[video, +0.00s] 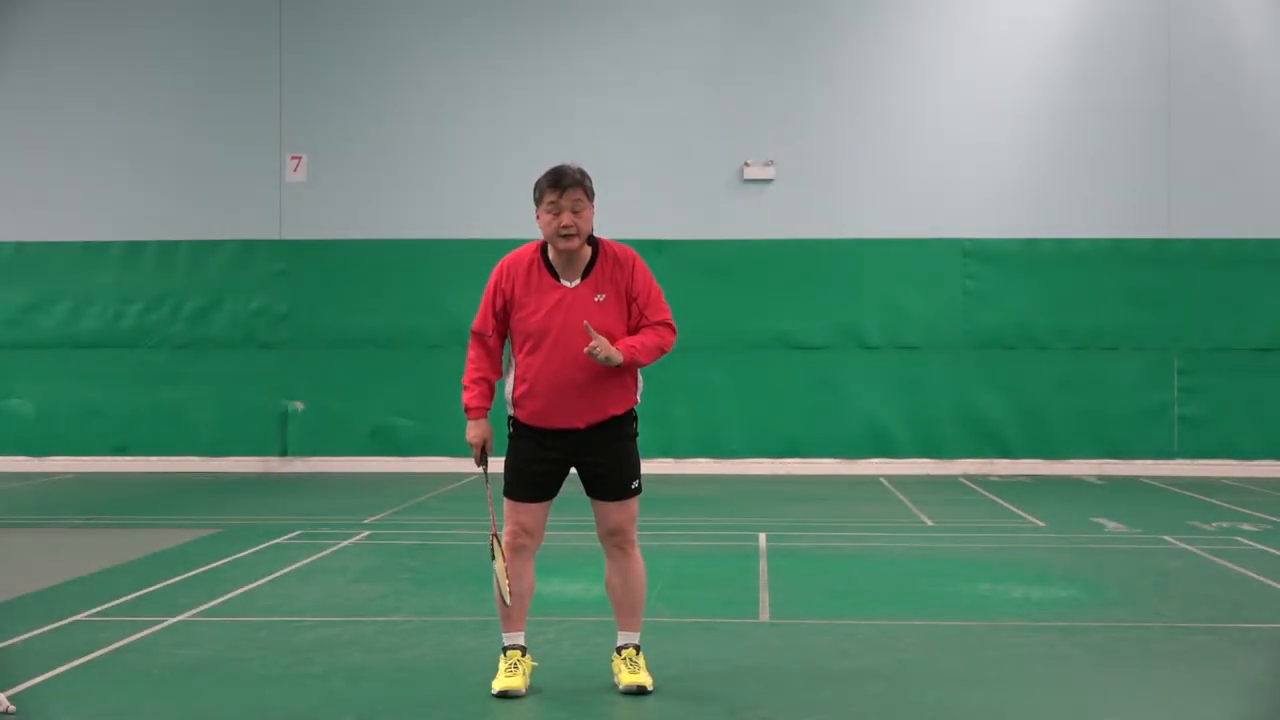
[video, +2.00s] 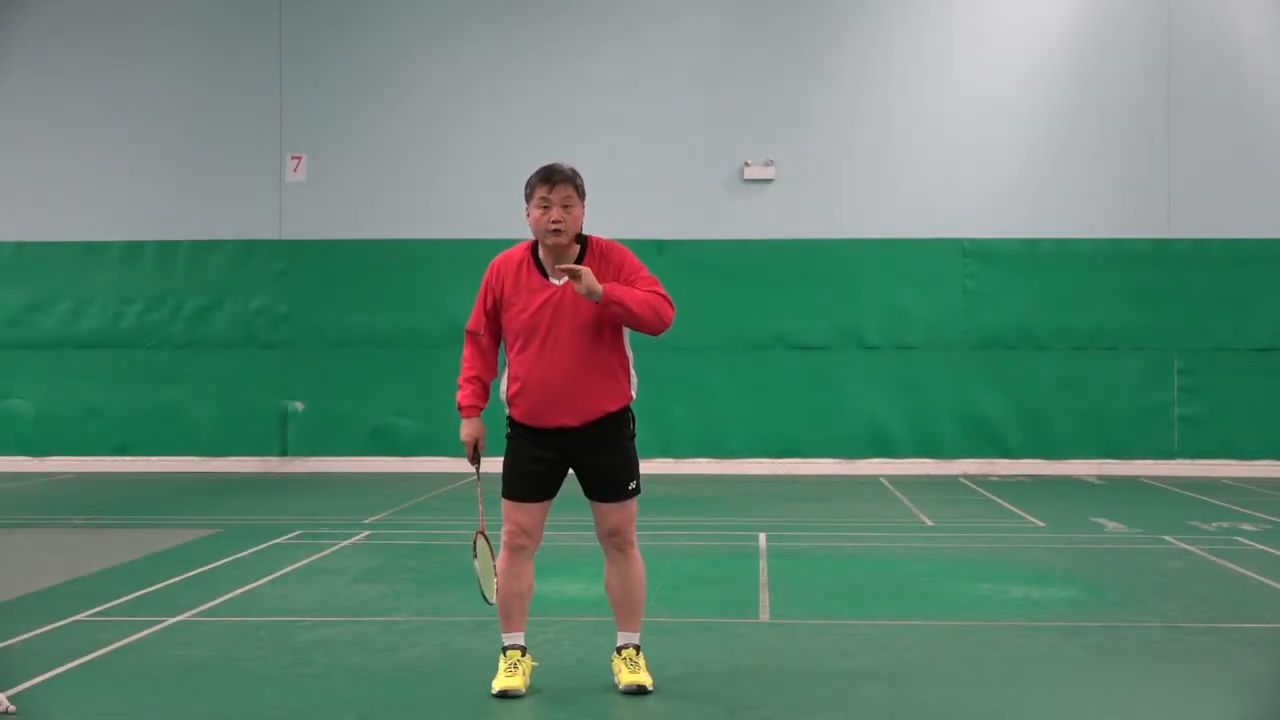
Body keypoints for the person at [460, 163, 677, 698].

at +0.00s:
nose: (565, 220)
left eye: (575, 209)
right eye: (554, 211)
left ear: (592, 212)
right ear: (538, 217)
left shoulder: (623, 265)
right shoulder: (512, 272)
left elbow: (663, 330)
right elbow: (485, 342)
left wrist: (624, 350)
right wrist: (477, 414)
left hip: (609, 427)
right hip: (535, 429)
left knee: (621, 537)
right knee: (519, 538)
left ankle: (629, 649)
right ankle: (514, 651)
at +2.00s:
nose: (555, 215)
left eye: (566, 205)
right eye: (544, 206)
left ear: (582, 211)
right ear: (528, 213)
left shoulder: (610, 258)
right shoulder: (505, 269)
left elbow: (660, 314)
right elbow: (480, 340)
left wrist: (602, 293)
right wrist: (471, 412)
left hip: (605, 425)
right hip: (532, 428)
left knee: (619, 536)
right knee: (518, 537)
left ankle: (630, 650)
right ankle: (513, 652)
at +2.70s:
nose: (590, 188)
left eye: (601, 180)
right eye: (579, 181)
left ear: (619, 195)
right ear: (564, 197)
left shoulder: (652, 258)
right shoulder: (539, 261)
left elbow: (686, 319)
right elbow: (507, 331)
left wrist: (663, 336)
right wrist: (488, 404)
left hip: (632, 420)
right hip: (558, 420)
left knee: (633, 538)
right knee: (528, 537)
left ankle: (631, 650)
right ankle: (514, 649)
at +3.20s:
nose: (639, 188)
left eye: (649, 180)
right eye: (628, 181)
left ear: (667, 194)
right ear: (611, 196)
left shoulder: (694, 261)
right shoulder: (582, 257)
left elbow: (714, 335)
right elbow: (549, 329)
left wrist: (706, 345)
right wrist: (535, 400)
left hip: (667, 419)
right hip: (596, 415)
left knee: (650, 543)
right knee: (583, 537)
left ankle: (634, 650)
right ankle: (579, 651)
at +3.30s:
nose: (643, 187)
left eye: (653, 179)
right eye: (632, 180)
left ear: (671, 191)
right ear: (615, 193)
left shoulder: (695, 259)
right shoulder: (584, 257)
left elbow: (719, 339)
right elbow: (549, 330)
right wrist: (536, 400)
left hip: (671, 419)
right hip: (600, 416)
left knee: (655, 538)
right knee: (595, 536)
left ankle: (636, 649)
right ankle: (600, 653)